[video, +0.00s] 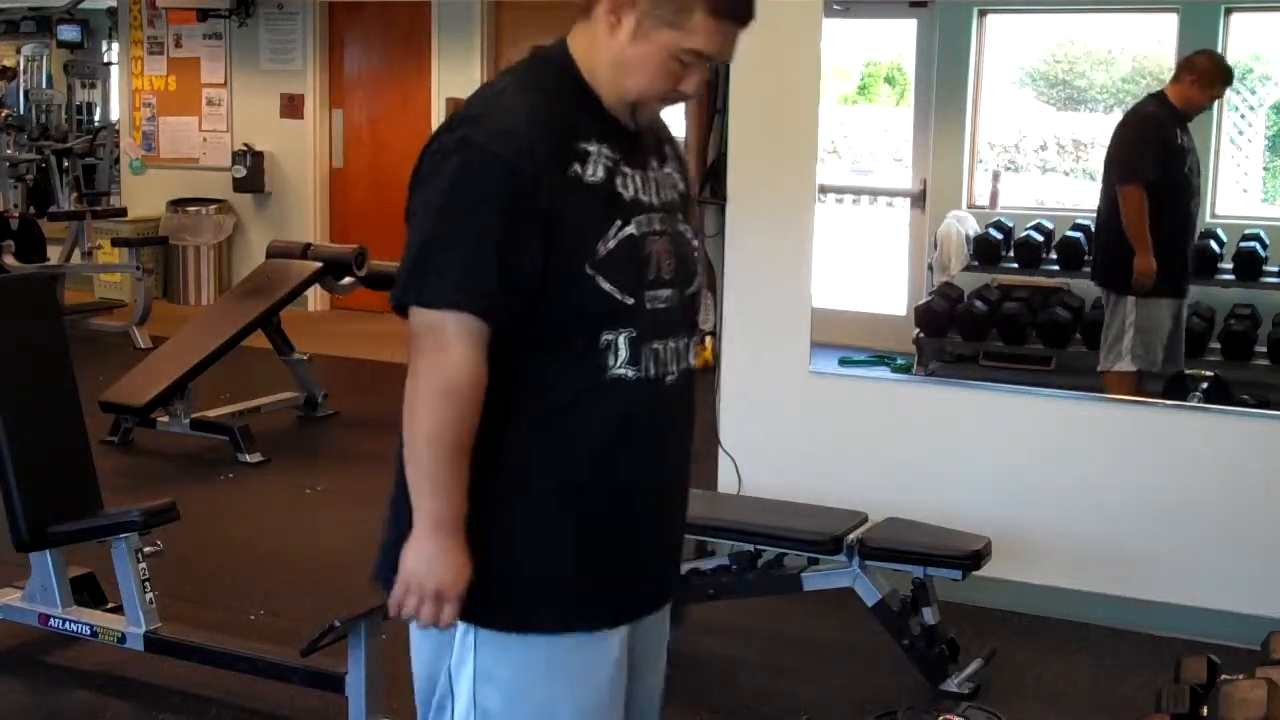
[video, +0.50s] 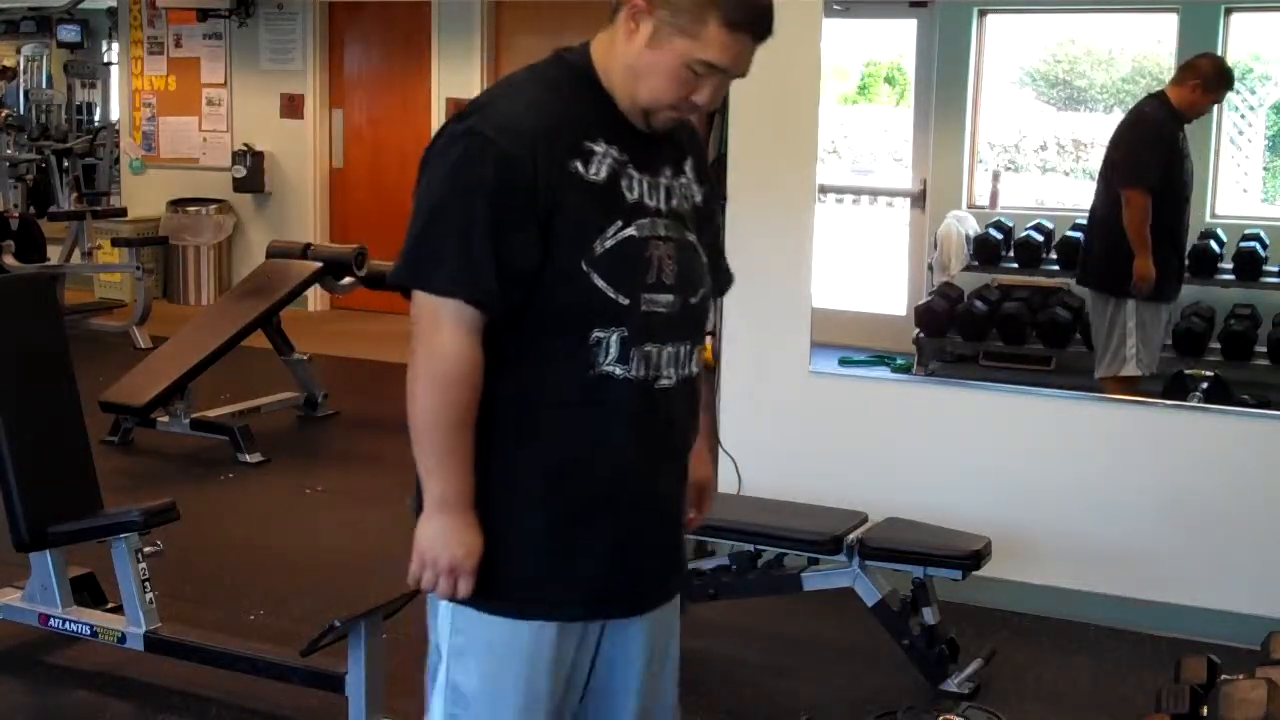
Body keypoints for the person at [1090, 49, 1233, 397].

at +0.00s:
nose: (1211, 104)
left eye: (1215, 98)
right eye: (1212, 95)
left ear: (1191, 81)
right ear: (1191, 80)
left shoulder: (1177, 126)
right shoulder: (1146, 120)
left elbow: (1172, 195)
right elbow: (1129, 188)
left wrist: (1176, 256)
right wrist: (1143, 253)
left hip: (1166, 270)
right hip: (1138, 270)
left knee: (1154, 374)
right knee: (1123, 371)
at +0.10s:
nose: (1210, 109)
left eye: (1216, 103)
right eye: (1212, 100)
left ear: (1194, 85)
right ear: (1194, 85)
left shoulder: (1175, 126)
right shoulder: (1148, 121)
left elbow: (1168, 196)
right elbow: (1130, 190)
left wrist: (1173, 259)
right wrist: (1143, 255)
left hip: (1162, 270)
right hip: (1135, 270)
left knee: (1149, 373)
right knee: (1125, 372)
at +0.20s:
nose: (1211, 113)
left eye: (1216, 107)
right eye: (1214, 104)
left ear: (1195, 87)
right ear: (1197, 89)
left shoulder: (1170, 125)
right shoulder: (1150, 123)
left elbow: (1158, 197)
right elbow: (1133, 195)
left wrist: (1165, 260)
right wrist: (1143, 259)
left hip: (1152, 271)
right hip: (1130, 271)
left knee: (1145, 374)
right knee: (1124, 374)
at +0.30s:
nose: (1210, 114)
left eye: (1216, 107)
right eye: (1214, 105)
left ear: (1195, 86)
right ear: (1198, 89)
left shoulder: (1167, 123)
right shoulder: (1151, 122)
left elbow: (1151, 195)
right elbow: (1135, 194)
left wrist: (1162, 259)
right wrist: (1144, 259)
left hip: (1146, 272)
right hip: (1128, 273)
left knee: (1136, 375)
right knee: (1124, 376)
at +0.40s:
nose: (1210, 111)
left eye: (1216, 105)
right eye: (1213, 102)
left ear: (1193, 86)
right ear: (1195, 87)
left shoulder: (1165, 121)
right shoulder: (1152, 121)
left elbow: (1150, 193)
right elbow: (1135, 193)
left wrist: (1160, 257)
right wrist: (1144, 257)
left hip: (1143, 270)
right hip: (1128, 272)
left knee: (1130, 376)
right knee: (1124, 377)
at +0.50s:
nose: (1209, 111)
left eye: (1214, 105)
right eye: (1212, 102)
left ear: (1192, 85)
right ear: (1195, 87)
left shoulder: (1165, 122)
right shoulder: (1150, 121)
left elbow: (1150, 194)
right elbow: (1134, 194)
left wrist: (1160, 258)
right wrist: (1143, 256)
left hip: (1145, 271)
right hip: (1129, 272)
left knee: (1128, 376)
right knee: (1123, 377)